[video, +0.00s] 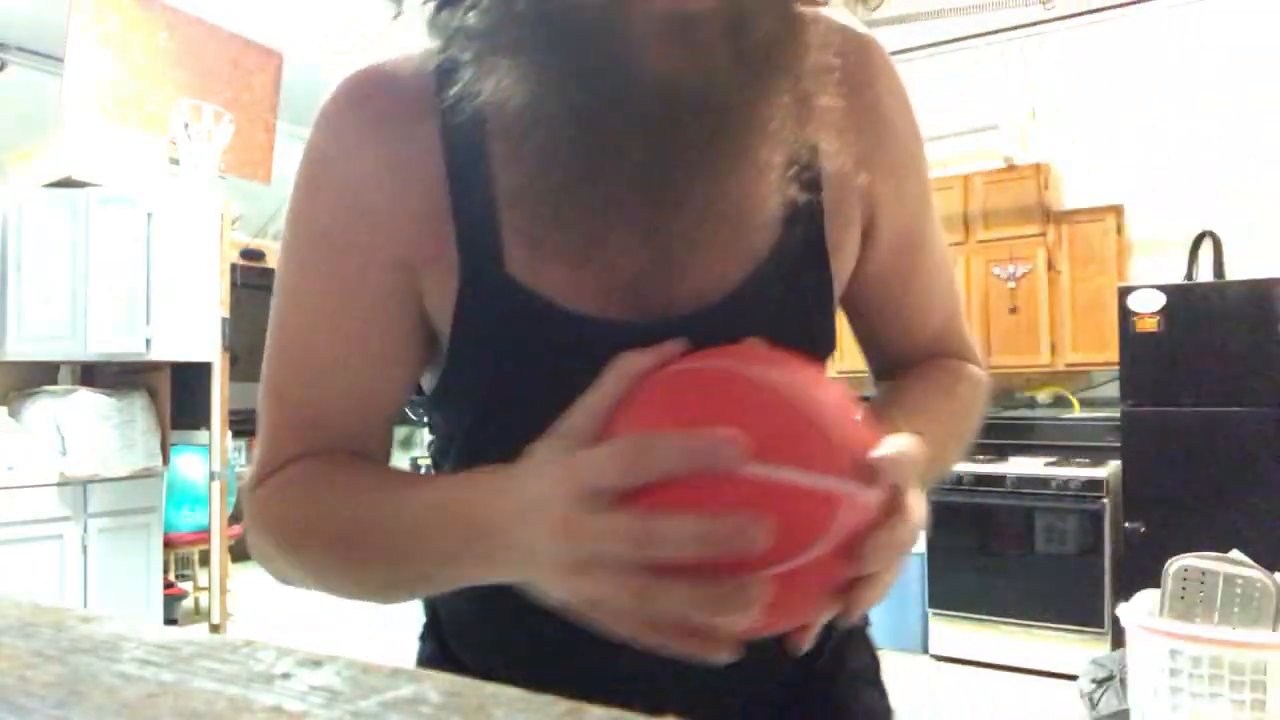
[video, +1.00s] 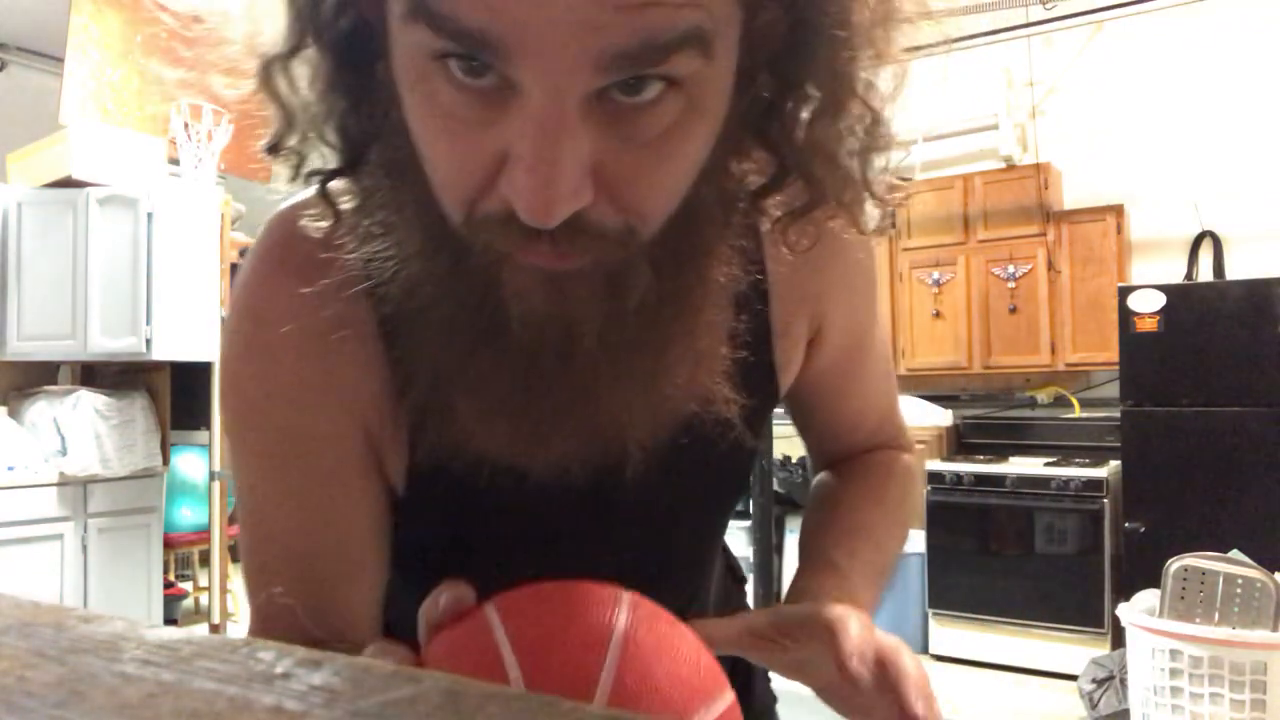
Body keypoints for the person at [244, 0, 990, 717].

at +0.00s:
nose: (697, 15)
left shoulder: (841, 86)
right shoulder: (393, 131)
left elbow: (938, 358)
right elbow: (291, 500)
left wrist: (905, 463)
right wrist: (506, 526)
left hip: (801, 680)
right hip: (519, 688)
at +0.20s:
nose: (771, 27)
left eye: (796, 16)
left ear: (814, 11)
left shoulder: (859, 91)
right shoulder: (468, 123)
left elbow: (941, 341)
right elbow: (344, 501)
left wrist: (923, 454)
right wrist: (621, 490)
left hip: (789, 673)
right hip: (525, 684)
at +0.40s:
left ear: (890, 7)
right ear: (643, 2)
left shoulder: (897, 125)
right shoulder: (528, 172)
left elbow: (965, 358)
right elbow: (445, 520)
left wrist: (962, 482)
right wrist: (637, 505)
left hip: (808, 680)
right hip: (564, 691)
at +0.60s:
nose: (741, 57)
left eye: (805, 8)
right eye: (688, 2)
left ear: (873, 14)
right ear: (584, 6)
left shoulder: (868, 140)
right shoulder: (485, 202)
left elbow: (929, 360)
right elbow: (448, 560)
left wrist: (927, 488)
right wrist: (498, 590)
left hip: (775, 666)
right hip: (549, 678)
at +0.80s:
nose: (618, 141)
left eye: (700, 51)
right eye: (551, 32)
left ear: (798, 36)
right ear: (456, 29)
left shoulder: (829, 194)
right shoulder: (385, 245)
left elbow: (892, 401)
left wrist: (872, 564)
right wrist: (382, 634)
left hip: (734, 686)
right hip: (497, 695)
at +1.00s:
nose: (546, 191)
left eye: (636, 86)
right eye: (470, 67)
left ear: (750, 61)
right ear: (373, 37)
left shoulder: (795, 243)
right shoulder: (316, 282)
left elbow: (871, 452)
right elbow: (303, 659)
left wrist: (830, 604)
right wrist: (417, 688)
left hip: (695, 699)